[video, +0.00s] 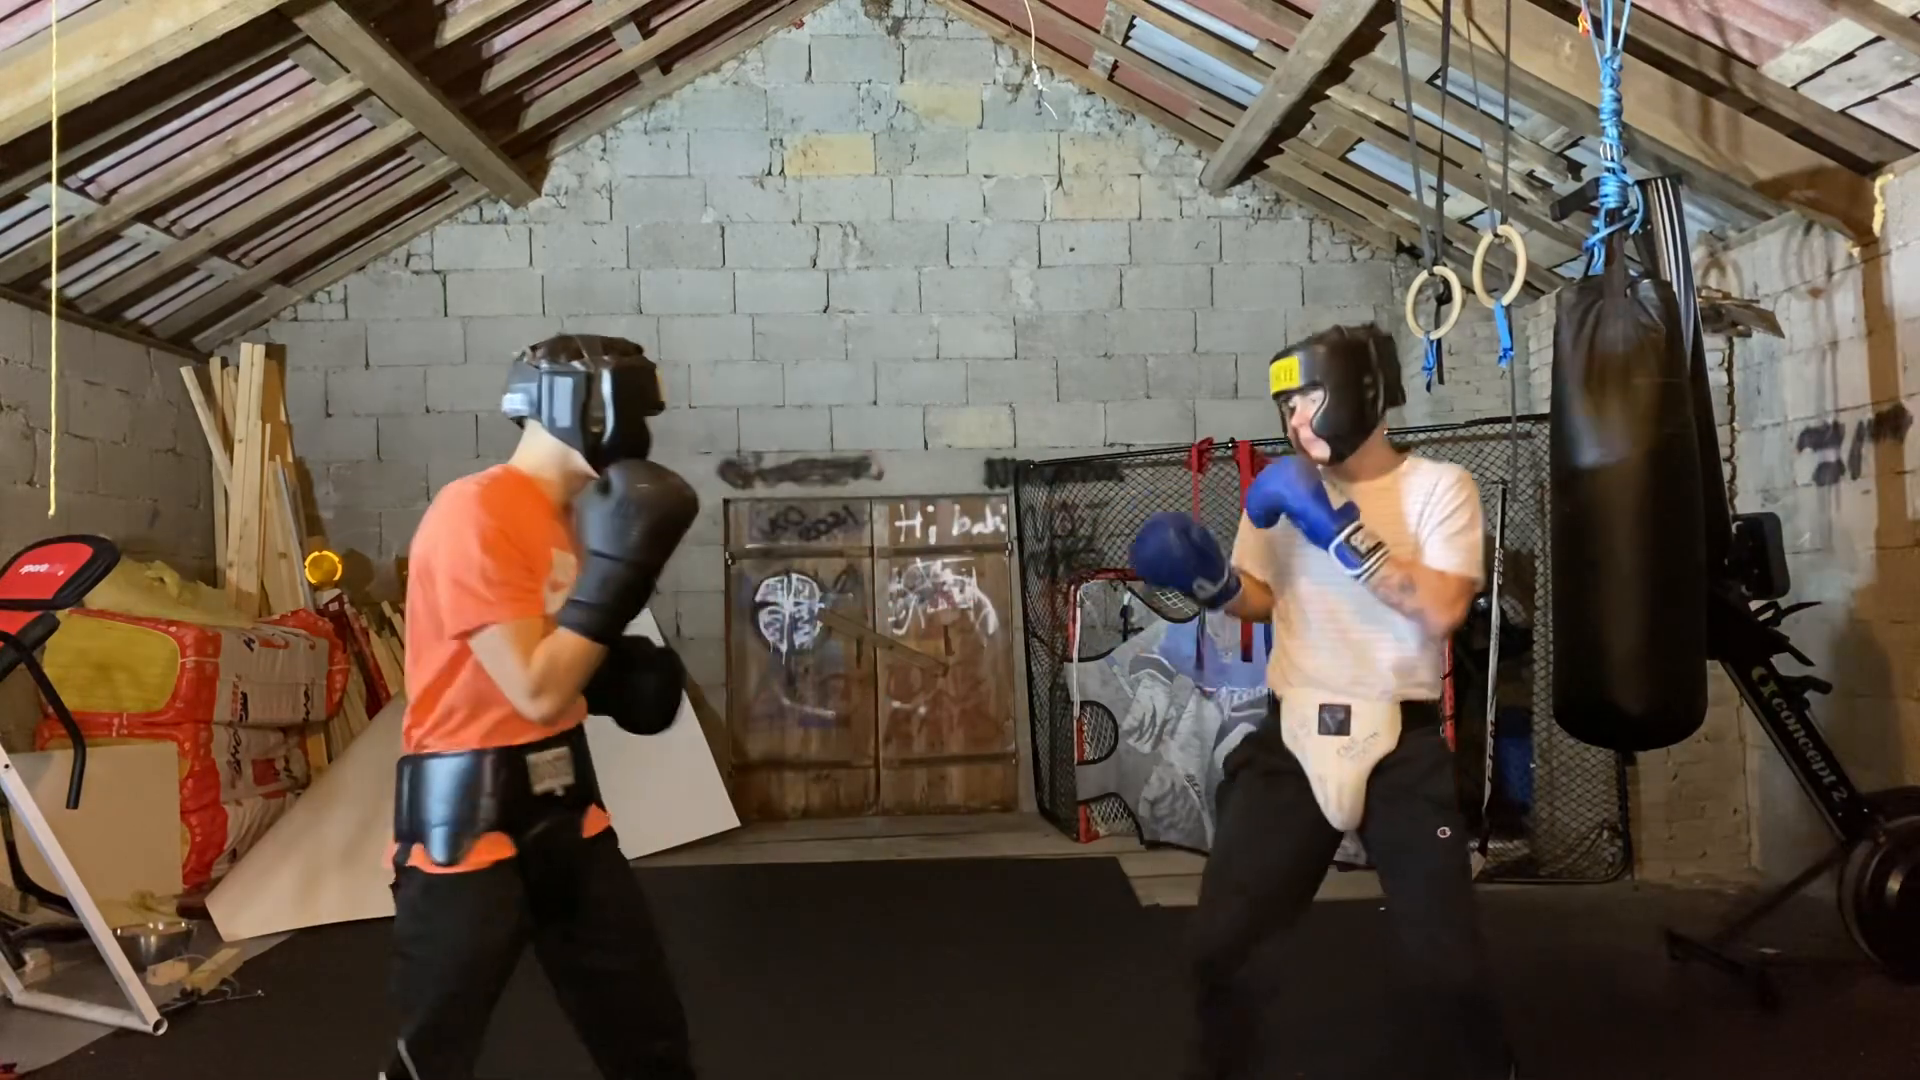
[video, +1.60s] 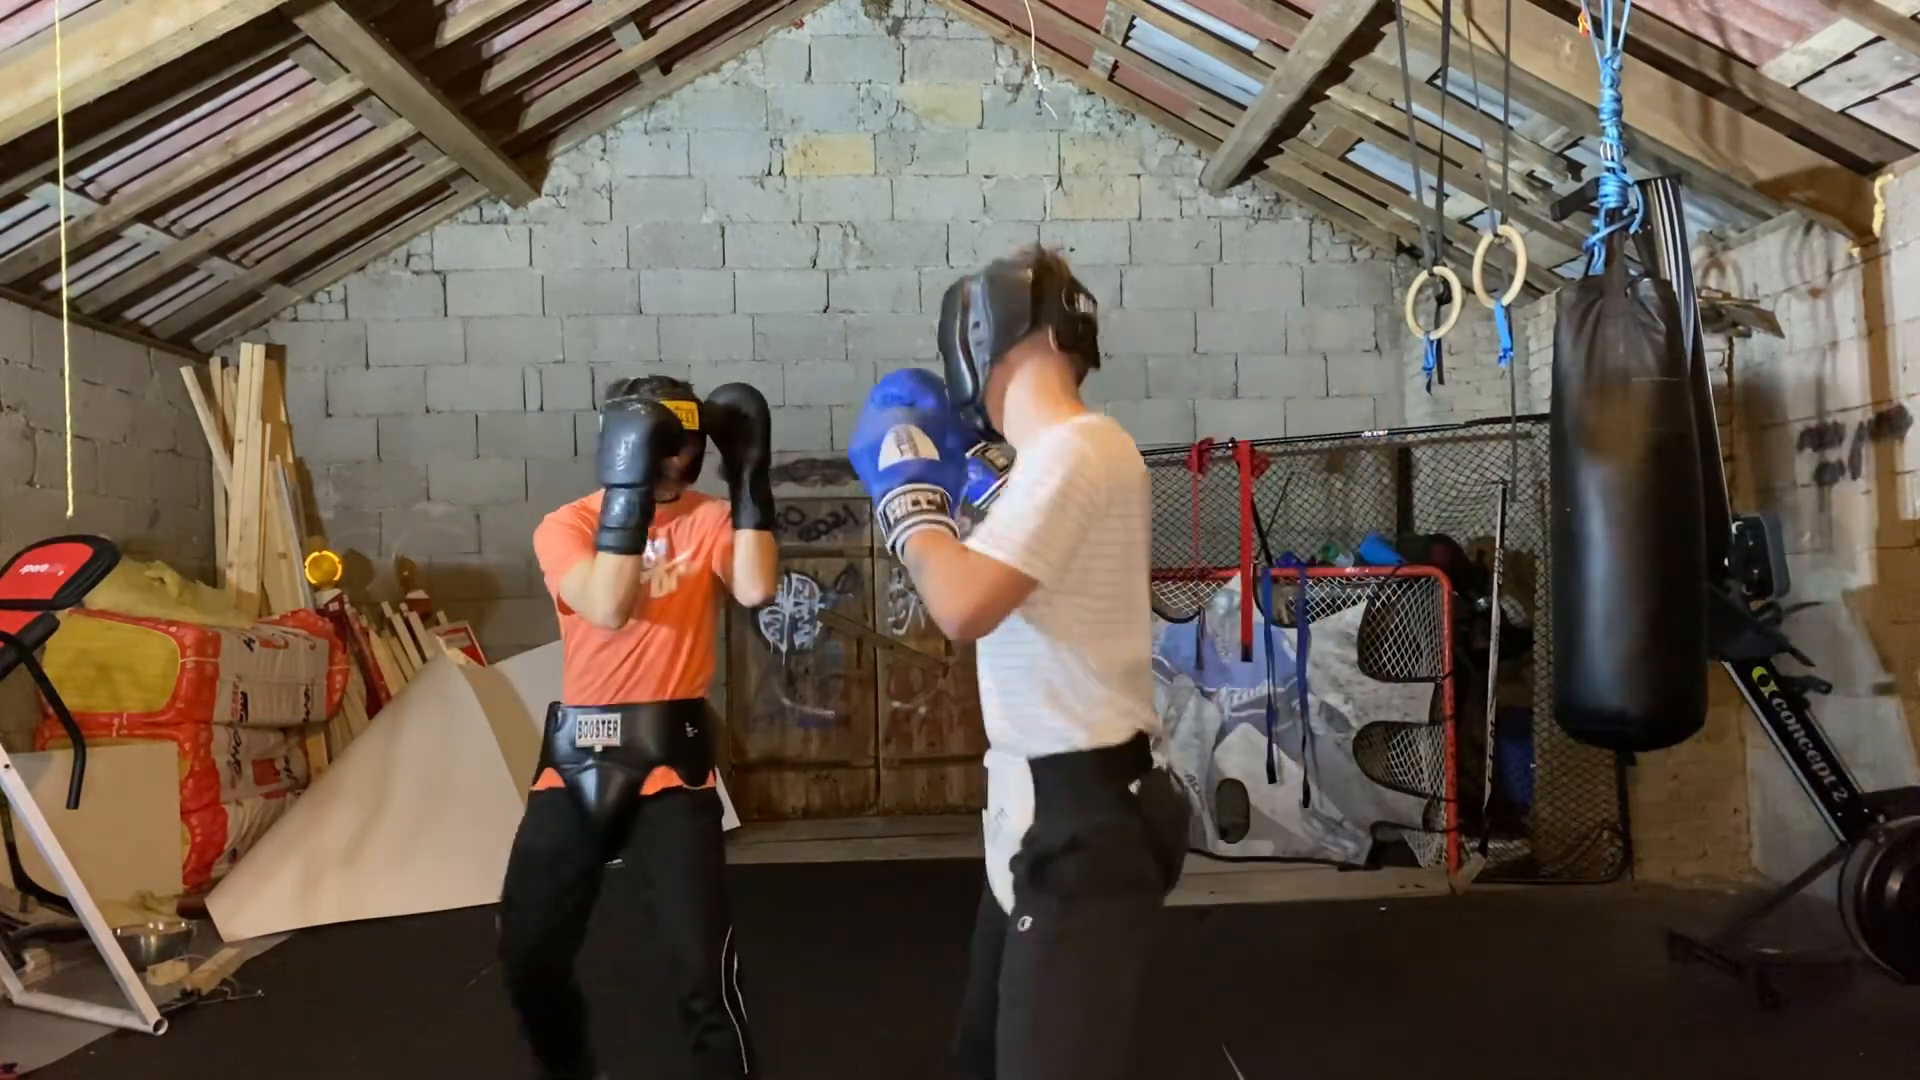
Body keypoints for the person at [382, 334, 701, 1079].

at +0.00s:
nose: (640, 437)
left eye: (640, 416)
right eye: (632, 414)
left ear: (556, 406)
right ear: (590, 410)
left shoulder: (576, 525)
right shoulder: (471, 512)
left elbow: (540, 658)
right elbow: (536, 685)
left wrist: (611, 677)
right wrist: (614, 571)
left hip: (564, 811)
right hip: (466, 826)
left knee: (650, 1045)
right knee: (432, 1059)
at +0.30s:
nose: (636, 470)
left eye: (638, 450)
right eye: (627, 448)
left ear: (574, 446)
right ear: (578, 445)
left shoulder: (574, 560)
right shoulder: (454, 544)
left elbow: (569, 727)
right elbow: (513, 716)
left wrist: (657, 657)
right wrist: (601, 609)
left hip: (553, 821)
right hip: (457, 838)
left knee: (656, 1035)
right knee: (455, 1060)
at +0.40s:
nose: (659, 481)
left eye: (661, 463)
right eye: (652, 461)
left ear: (591, 454)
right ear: (605, 456)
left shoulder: (594, 567)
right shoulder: (484, 548)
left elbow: (646, 711)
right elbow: (564, 701)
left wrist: (706, 610)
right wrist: (648, 586)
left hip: (570, 827)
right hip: (475, 839)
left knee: (673, 1027)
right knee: (454, 1059)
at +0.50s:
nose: (676, 461)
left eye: (679, 447)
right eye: (667, 444)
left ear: (606, 439)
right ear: (619, 439)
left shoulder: (634, 544)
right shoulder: (512, 535)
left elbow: (712, 654)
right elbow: (634, 648)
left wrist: (736, 533)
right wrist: (687, 524)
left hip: (594, 809)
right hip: (495, 822)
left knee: (680, 1026)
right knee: (436, 1055)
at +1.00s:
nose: (601, 459)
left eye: (605, 447)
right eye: (591, 445)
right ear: (548, 445)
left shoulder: (610, 540)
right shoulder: (471, 545)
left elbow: (712, 598)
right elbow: (567, 613)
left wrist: (694, 478)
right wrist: (595, 492)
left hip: (593, 786)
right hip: (490, 795)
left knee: (661, 1000)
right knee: (459, 1012)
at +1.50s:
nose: (653, 458)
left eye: (664, 445)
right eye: (638, 441)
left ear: (682, 452)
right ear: (602, 444)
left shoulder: (694, 516)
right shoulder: (549, 528)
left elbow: (743, 582)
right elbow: (605, 605)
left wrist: (734, 465)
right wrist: (623, 487)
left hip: (664, 766)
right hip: (564, 763)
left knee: (698, 976)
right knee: (507, 971)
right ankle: (492, 1073)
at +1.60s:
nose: (685, 459)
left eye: (692, 446)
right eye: (672, 445)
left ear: (699, 452)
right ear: (630, 446)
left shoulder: (709, 519)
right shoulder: (565, 526)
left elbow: (756, 586)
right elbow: (606, 606)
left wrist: (750, 470)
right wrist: (627, 484)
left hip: (674, 764)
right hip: (578, 762)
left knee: (702, 971)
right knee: (528, 954)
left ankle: (728, 1069)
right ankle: (568, 1071)